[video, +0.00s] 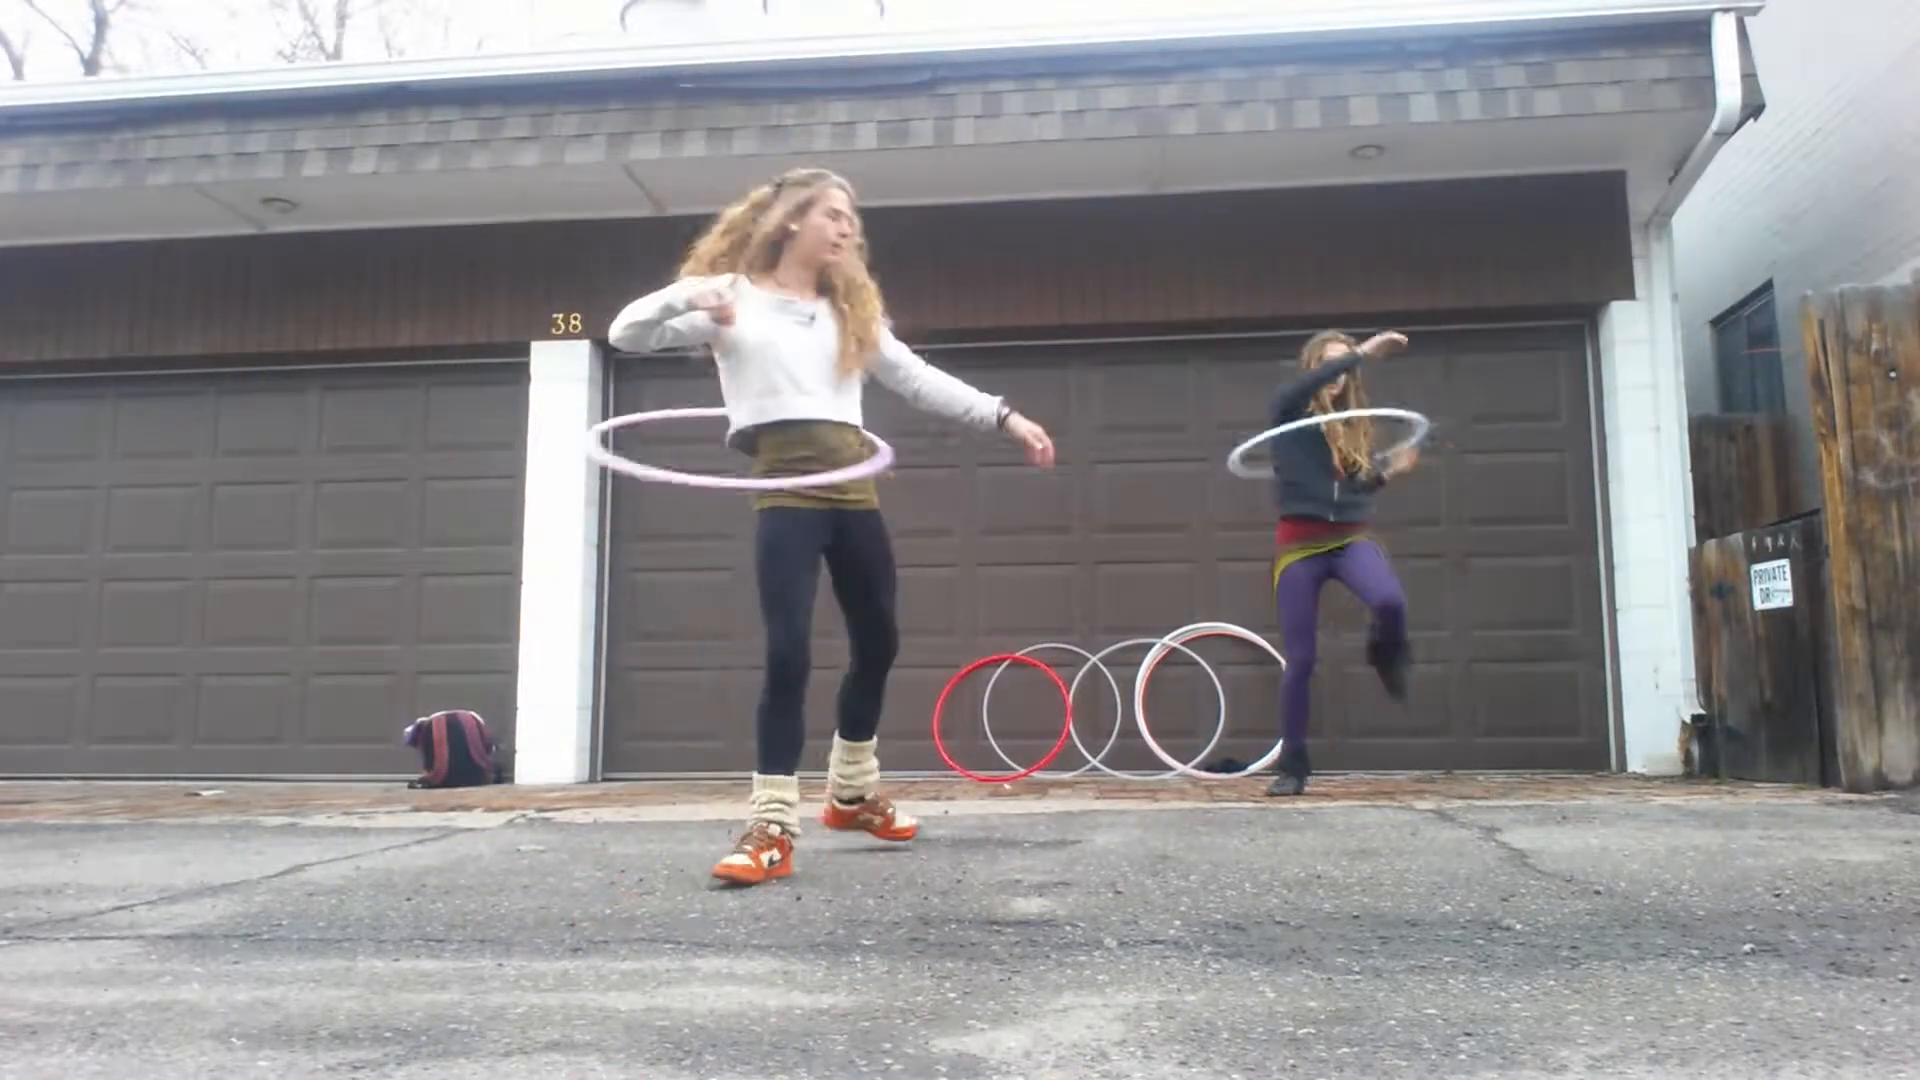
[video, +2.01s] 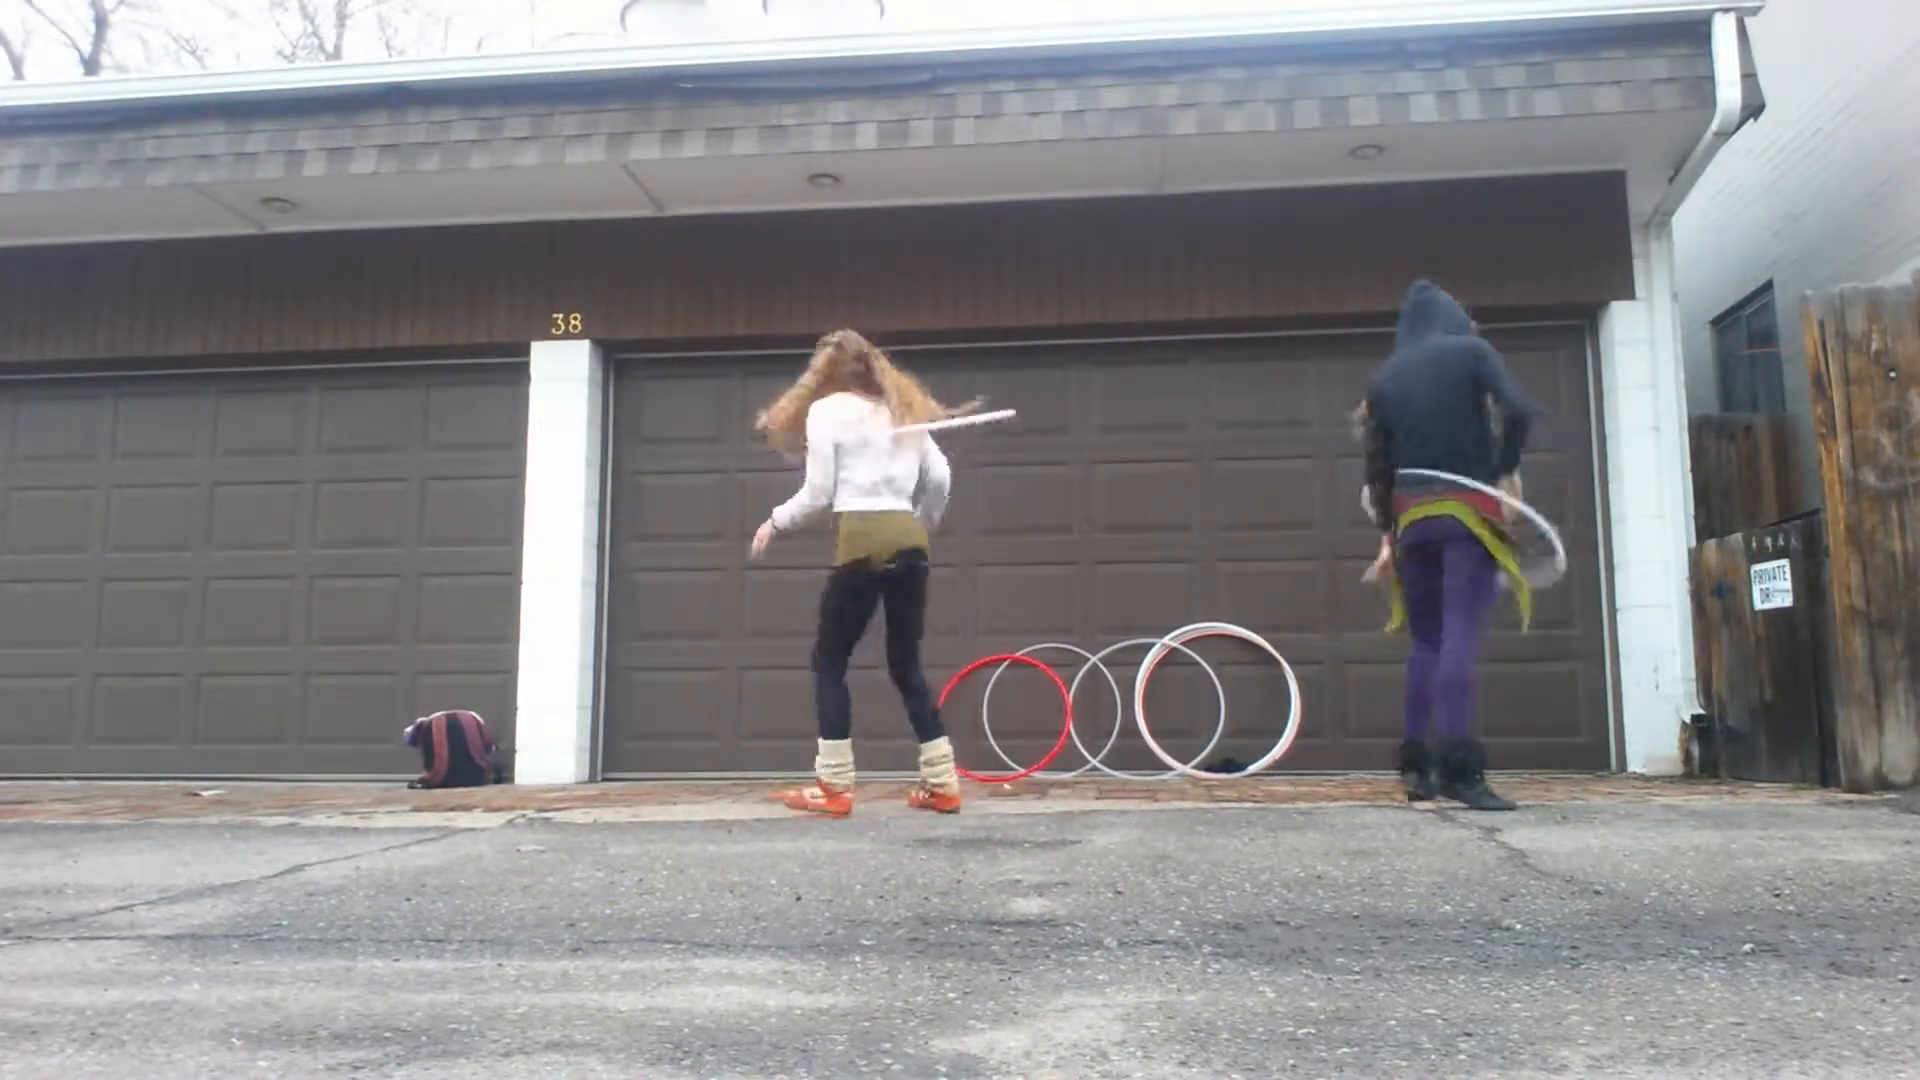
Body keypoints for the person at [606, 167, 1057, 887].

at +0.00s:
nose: (849, 228)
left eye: (853, 220)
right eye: (835, 214)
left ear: (848, 238)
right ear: (790, 221)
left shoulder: (848, 312)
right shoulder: (727, 293)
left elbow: (918, 378)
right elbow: (624, 332)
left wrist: (1004, 416)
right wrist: (693, 307)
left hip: (855, 496)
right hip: (787, 497)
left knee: (876, 646)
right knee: (788, 659)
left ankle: (851, 794)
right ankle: (771, 826)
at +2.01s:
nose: (814, 377)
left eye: (817, 370)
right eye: (817, 369)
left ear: (826, 372)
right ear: (870, 369)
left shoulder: (824, 411)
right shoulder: (901, 408)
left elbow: (818, 490)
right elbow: (939, 475)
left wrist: (775, 521)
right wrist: (923, 526)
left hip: (860, 541)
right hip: (911, 538)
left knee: (829, 662)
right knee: (906, 665)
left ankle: (834, 787)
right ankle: (942, 782)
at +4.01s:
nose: (840, 313)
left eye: (843, 305)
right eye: (828, 305)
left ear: (846, 316)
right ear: (798, 316)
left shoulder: (838, 379)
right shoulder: (791, 370)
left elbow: (844, 456)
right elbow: (818, 457)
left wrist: (871, 419)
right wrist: (907, 478)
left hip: (852, 530)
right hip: (804, 526)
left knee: (877, 660)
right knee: (795, 665)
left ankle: (845, 799)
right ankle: (750, 797)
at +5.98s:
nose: (955, 307)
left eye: (955, 296)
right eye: (943, 297)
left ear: (935, 309)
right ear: (903, 308)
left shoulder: (919, 382)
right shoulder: (857, 373)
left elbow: (937, 459)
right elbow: (840, 470)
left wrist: (1013, 490)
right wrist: (937, 493)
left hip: (893, 540)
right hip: (851, 545)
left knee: (958, 661)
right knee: (931, 665)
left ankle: (934, 805)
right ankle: (875, 826)